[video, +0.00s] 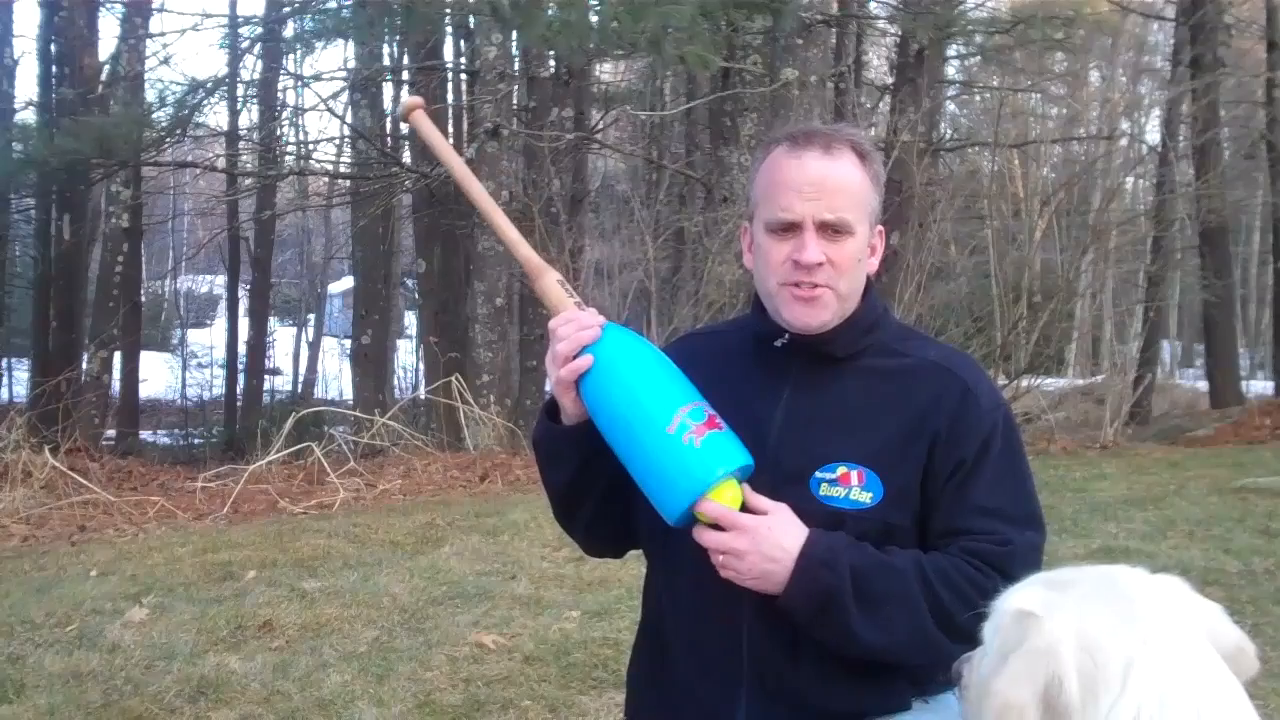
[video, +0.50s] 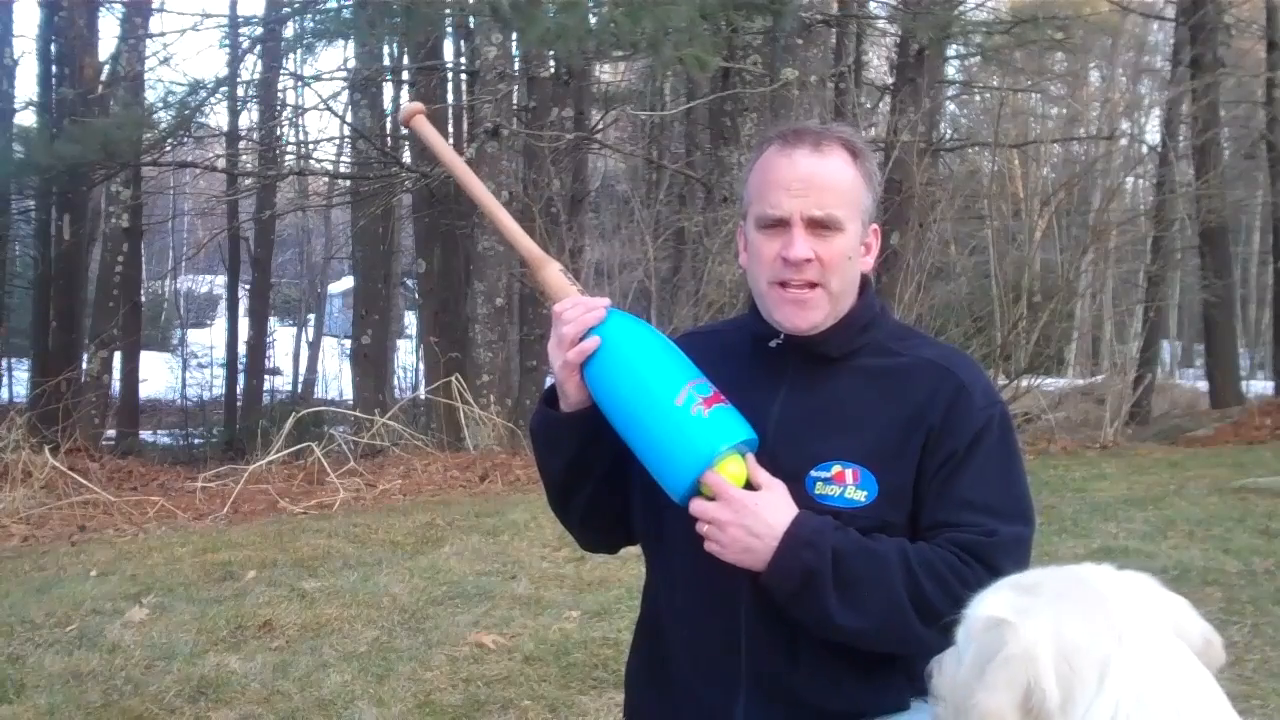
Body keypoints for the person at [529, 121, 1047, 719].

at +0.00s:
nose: (807, 255)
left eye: (832, 230)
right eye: (785, 229)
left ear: (874, 248)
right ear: (748, 244)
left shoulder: (953, 399)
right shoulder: (683, 370)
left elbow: (995, 590)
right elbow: (607, 531)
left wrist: (809, 566)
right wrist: (573, 416)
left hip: (876, 704)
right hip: (685, 703)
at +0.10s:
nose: (804, 255)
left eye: (829, 230)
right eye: (782, 229)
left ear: (872, 247)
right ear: (747, 244)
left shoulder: (951, 397)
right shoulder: (681, 370)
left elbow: (991, 591)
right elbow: (604, 530)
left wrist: (806, 564)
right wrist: (571, 415)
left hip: (876, 703)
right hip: (685, 703)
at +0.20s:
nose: (801, 255)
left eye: (827, 230)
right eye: (779, 230)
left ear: (871, 248)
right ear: (745, 245)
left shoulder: (951, 397)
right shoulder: (678, 370)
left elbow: (988, 589)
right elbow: (603, 528)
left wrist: (803, 559)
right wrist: (570, 410)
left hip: (877, 705)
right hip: (685, 704)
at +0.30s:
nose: (799, 255)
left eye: (824, 230)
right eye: (776, 229)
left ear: (870, 247)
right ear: (744, 245)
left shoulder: (951, 397)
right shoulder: (677, 370)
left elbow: (984, 590)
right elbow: (603, 526)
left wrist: (799, 555)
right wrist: (571, 411)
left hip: (870, 704)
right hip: (682, 702)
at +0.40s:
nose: (797, 254)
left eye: (823, 229)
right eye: (774, 228)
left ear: (869, 247)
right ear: (743, 243)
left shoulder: (949, 396)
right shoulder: (675, 368)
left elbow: (982, 592)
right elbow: (603, 526)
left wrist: (797, 551)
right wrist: (572, 410)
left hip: (871, 705)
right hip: (682, 704)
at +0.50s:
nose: (795, 251)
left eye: (822, 226)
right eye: (773, 225)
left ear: (868, 248)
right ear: (742, 241)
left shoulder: (949, 396)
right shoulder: (675, 368)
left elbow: (981, 586)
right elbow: (603, 526)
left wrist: (796, 548)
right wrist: (572, 410)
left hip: (864, 706)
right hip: (680, 704)